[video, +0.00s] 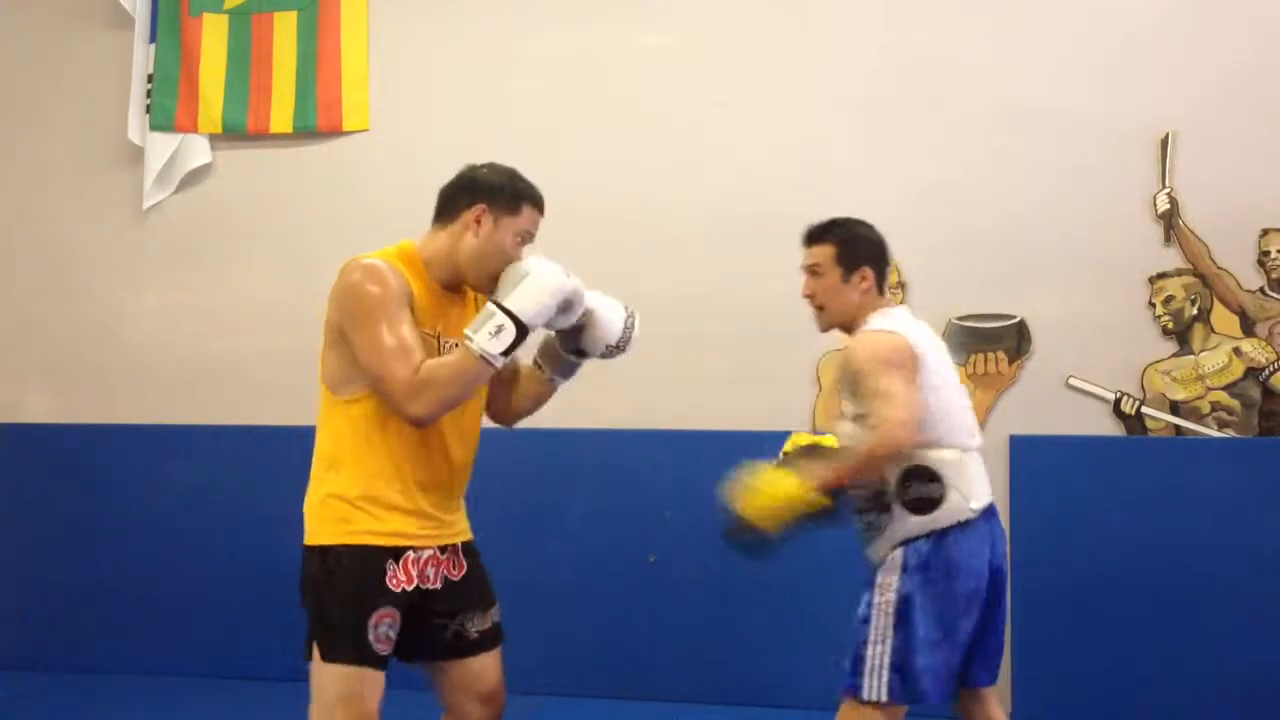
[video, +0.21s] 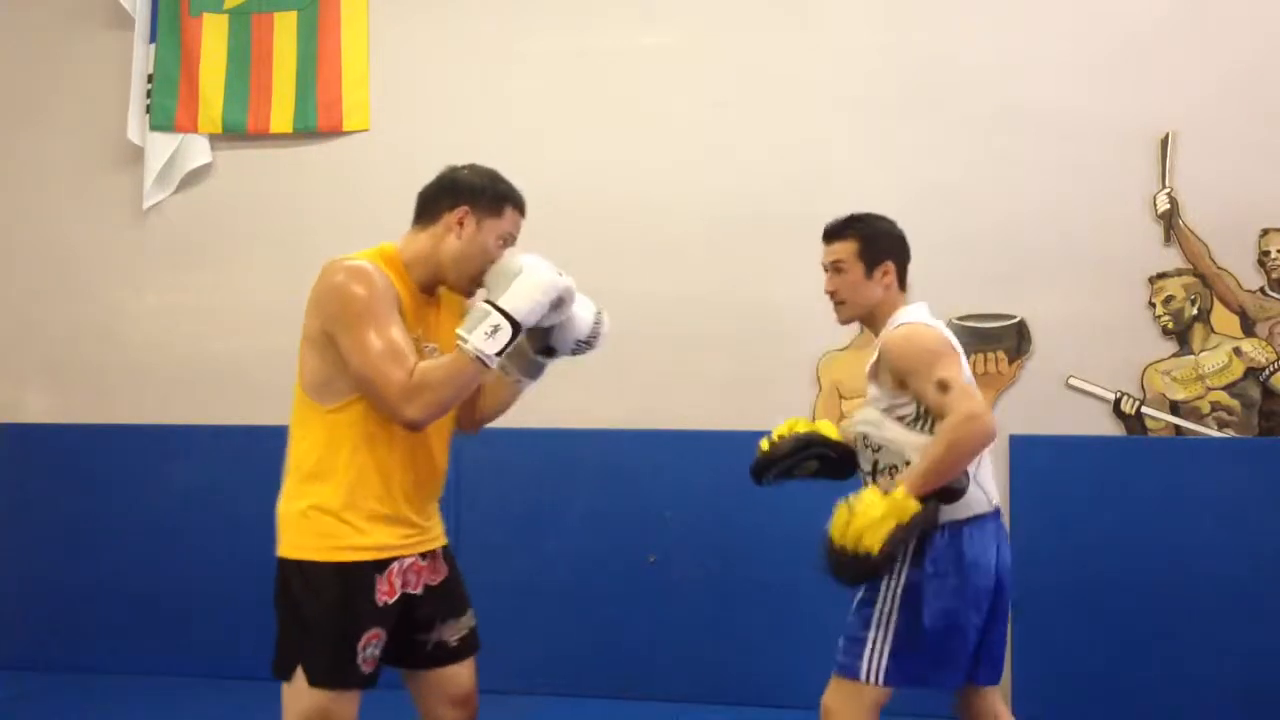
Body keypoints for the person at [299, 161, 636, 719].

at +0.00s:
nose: (523, 258)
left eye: (528, 244)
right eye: (520, 239)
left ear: (480, 225)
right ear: (477, 220)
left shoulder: (477, 304)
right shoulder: (369, 280)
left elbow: (505, 405)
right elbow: (417, 398)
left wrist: (567, 351)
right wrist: (507, 318)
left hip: (444, 532)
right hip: (359, 534)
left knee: (481, 699)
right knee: (350, 708)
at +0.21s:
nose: (504, 260)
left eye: (509, 246)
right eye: (502, 241)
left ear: (459, 226)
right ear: (459, 223)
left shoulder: (451, 306)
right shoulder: (351, 282)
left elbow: (470, 413)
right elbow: (411, 402)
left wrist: (534, 352)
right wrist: (499, 320)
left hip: (418, 541)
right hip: (335, 549)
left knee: (455, 701)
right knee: (322, 710)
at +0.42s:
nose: (479, 275)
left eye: (489, 262)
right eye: (483, 255)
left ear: (445, 229)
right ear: (446, 228)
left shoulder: (424, 303)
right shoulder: (334, 280)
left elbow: (435, 412)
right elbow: (399, 400)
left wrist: (503, 355)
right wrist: (485, 313)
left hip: (389, 539)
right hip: (312, 549)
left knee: (445, 699)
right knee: (309, 709)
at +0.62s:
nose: (474, 272)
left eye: (482, 259)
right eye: (478, 252)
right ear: (450, 225)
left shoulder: (428, 304)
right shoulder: (342, 273)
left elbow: (449, 412)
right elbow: (415, 383)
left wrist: (512, 347)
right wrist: (486, 285)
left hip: (404, 540)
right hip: (326, 545)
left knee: (436, 703)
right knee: (320, 707)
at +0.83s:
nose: (494, 264)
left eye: (504, 250)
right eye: (497, 244)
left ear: (457, 222)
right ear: (460, 219)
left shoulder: (445, 303)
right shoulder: (353, 270)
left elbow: (471, 411)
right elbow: (409, 385)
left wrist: (534, 346)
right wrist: (496, 298)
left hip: (415, 539)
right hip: (336, 542)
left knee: (438, 705)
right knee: (329, 709)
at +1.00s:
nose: (490, 261)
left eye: (496, 247)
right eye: (490, 241)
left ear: (448, 225)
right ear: (448, 222)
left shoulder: (433, 305)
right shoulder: (339, 279)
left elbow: (446, 415)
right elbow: (382, 408)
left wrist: (512, 364)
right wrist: (480, 331)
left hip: (406, 549)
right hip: (324, 556)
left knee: (438, 705)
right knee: (315, 710)